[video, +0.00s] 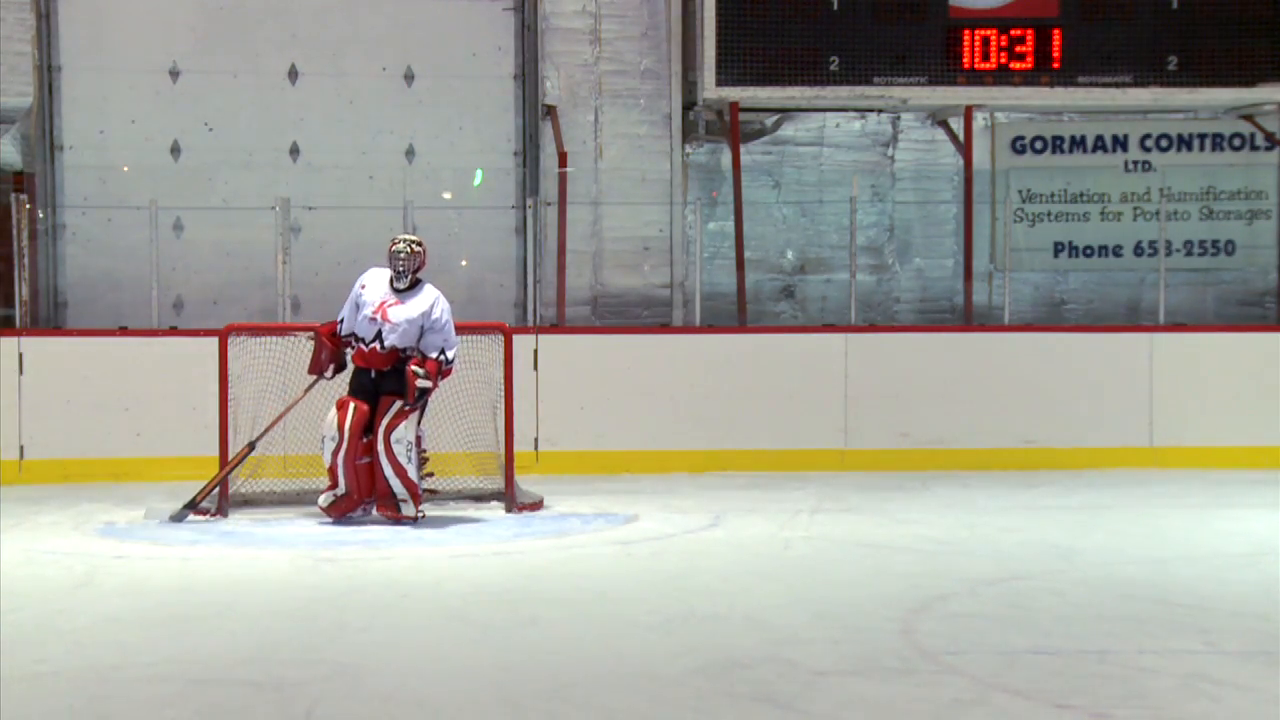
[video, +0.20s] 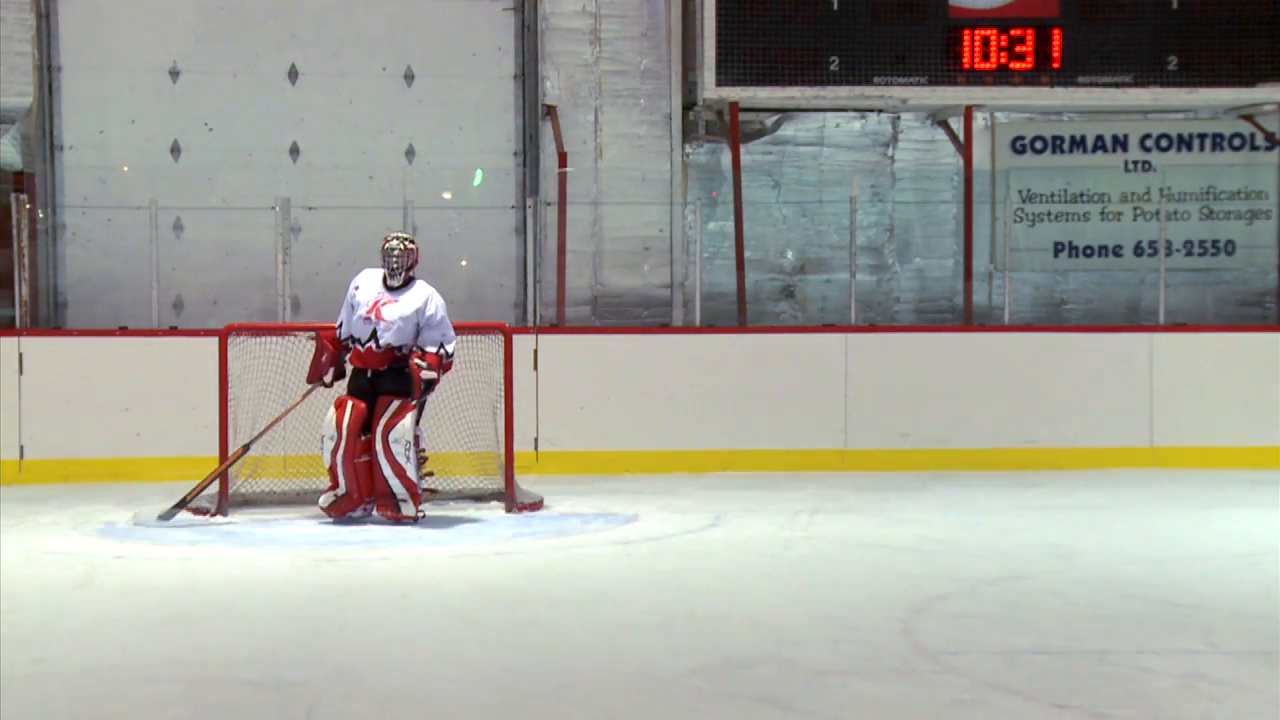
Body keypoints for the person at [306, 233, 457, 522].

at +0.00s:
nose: (402, 264)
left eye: (409, 259)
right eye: (398, 258)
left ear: (419, 263)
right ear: (390, 260)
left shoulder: (433, 302)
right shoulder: (370, 280)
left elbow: (445, 353)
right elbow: (346, 325)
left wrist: (427, 374)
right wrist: (333, 353)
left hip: (400, 381)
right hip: (363, 376)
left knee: (390, 438)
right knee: (347, 431)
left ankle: (398, 504)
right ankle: (351, 498)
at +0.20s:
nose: (395, 262)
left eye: (401, 257)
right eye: (390, 256)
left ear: (413, 260)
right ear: (382, 259)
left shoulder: (426, 298)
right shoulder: (363, 281)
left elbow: (442, 346)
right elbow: (343, 330)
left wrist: (428, 368)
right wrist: (333, 358)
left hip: (399, 379)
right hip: (362, 376)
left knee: (389, 438)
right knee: (343, 430)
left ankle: (397, 506)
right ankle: (350, 500)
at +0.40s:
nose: (384, 262)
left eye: (391, 256)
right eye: (380, 256)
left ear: (402, 259)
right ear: (372, 258)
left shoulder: (418, 293)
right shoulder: (354, 284)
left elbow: (445, 333)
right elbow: (337, 333)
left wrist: (441, 357)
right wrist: (326, 367)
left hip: (400, 379)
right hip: (359, 378)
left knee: (390, 435)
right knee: (341, 429)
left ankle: (399, 506)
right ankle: (346, 501)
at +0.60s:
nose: (374, 263)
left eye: (380, 257)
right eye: (368, 257)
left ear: (391, 259)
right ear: (360, 260)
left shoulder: (411, 291)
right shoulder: (342, 288)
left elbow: (441, 318)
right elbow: (326, 339)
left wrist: (460, 333)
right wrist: (316, 377)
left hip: (395, 377)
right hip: (353, 376)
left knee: (391, 436)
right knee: (341, 433)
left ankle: (399, 503)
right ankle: (341, 501)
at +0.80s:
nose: (363, 264)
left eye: (369, 258)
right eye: (357, 259)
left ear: (378, 259)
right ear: (348, 262)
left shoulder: (400, 288)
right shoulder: (330, 291)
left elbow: (433, 306)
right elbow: (317, 339)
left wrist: (461, 311)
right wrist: (312, 374)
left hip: (386, 377)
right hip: (344, 379)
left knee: (392, 436)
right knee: (337, 437)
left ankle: (400, 503)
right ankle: (338, 502)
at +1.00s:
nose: (355, 265)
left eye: (360, 259)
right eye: (349, 260)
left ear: (369, 260)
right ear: (339, 263)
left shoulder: (389, 287)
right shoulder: (321, 292)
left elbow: (421, 304)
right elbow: (304, 339)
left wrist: (453, 299)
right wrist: (308, 371)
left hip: (378, 376)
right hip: (336, 378)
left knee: (389, 433)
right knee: (335, 436)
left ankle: (398, 501)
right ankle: (336, 501)